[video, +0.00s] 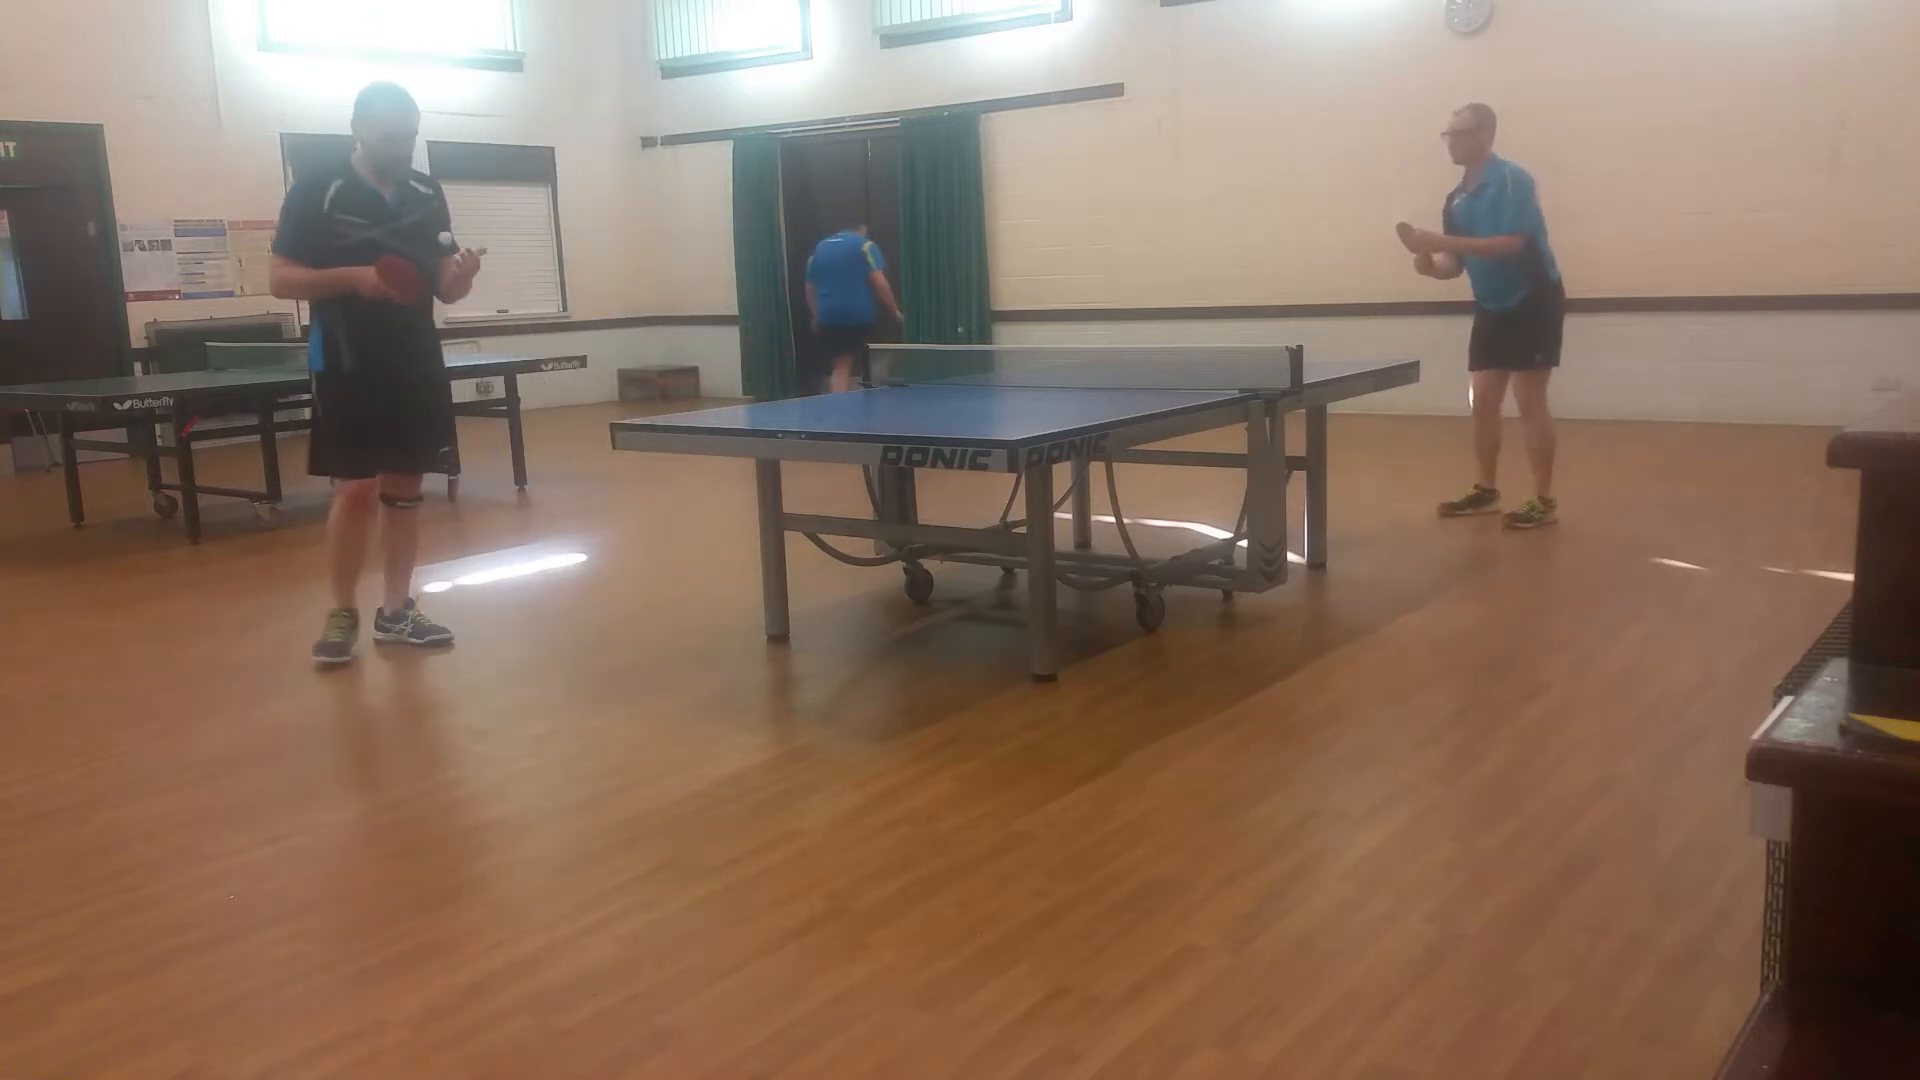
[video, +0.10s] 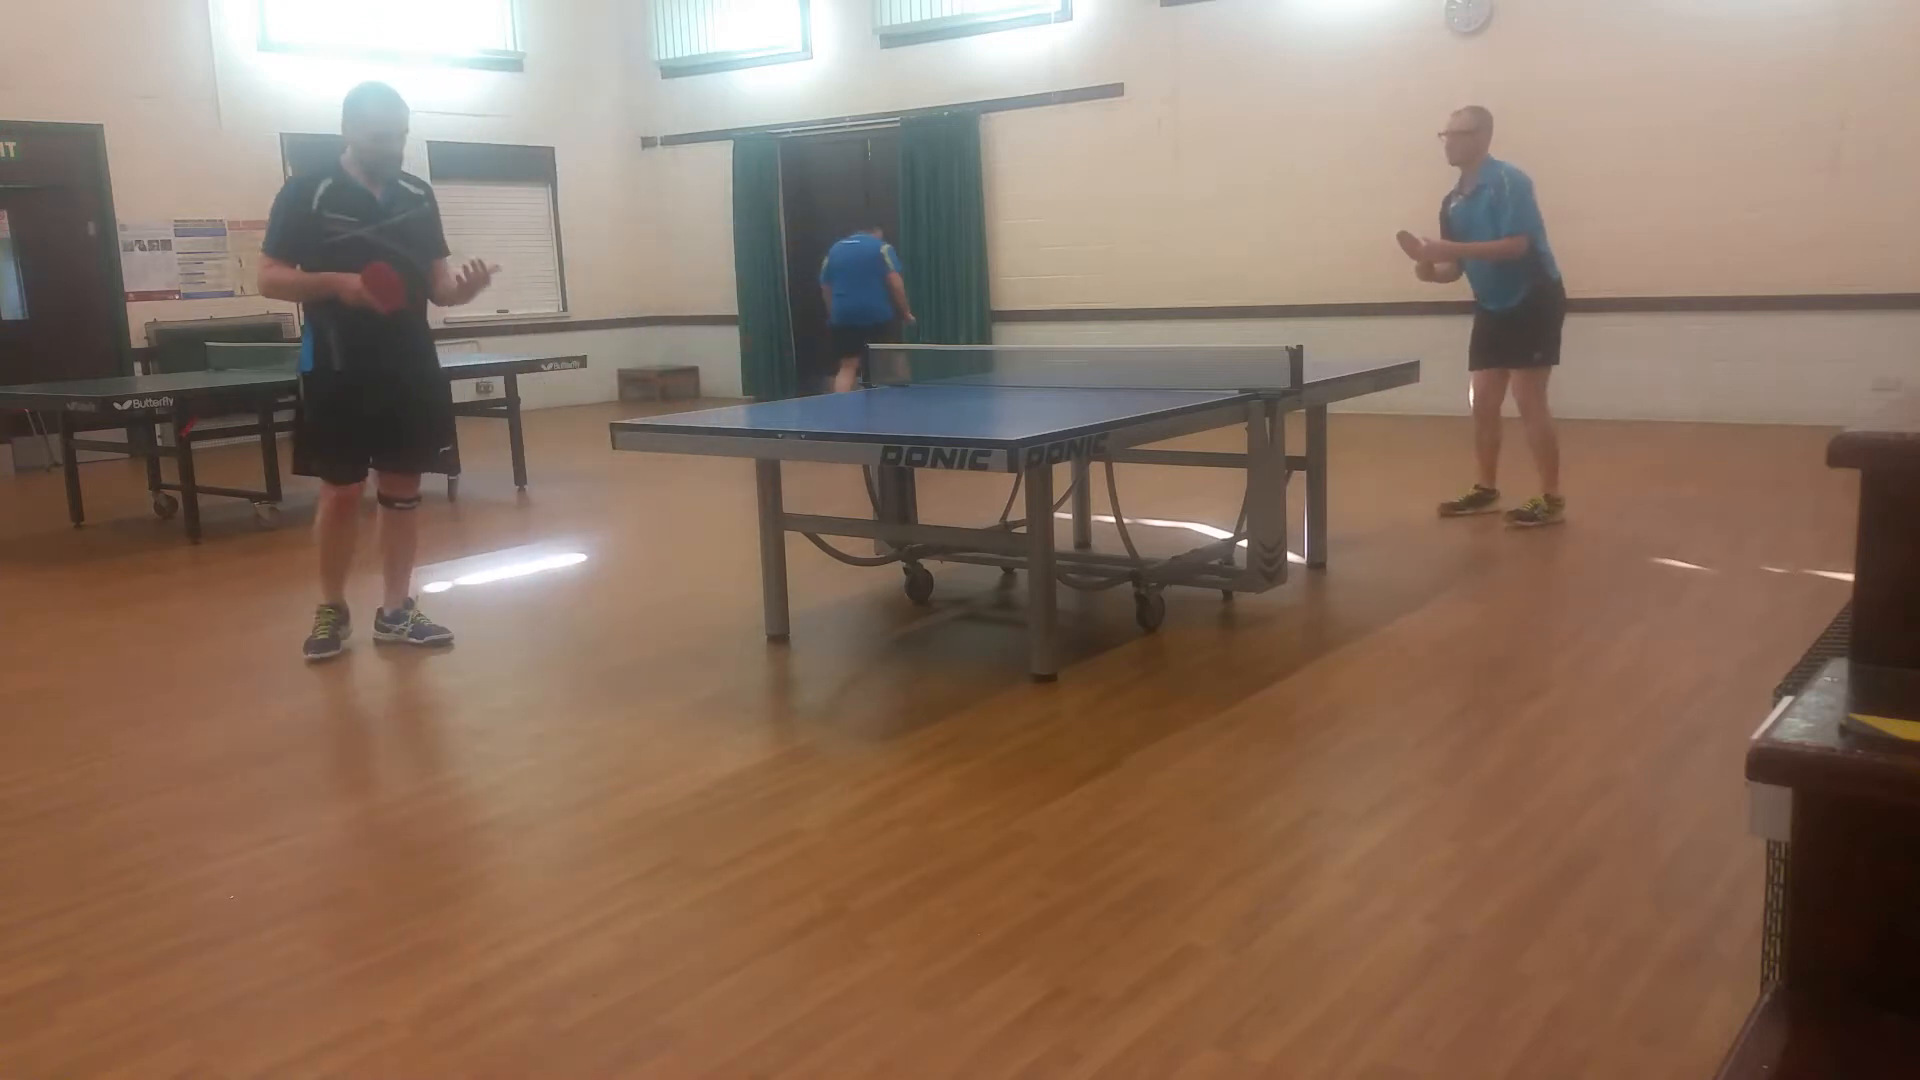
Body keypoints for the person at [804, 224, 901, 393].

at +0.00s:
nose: (866, 235)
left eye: (865, 232)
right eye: (865, 232)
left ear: (842, 228)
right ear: (862, 229)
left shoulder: (821, 247)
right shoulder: (864, 245)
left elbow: (809, 285)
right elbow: (879, 281)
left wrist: (815, 315)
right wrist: (894, 310)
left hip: (828, 315)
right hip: (859, 314)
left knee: (840, 364)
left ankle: (839, 409)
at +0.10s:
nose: (882, 240)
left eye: (882, 237)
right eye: (882, 237)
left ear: (857, 232)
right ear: (877, 233)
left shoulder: (835, 249)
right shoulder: (881, 248)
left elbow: (825, 285)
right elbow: (894, 281)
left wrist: (832, 312)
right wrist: (906, 312)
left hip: (843, 315)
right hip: (877, 315)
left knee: (847, 365)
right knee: (886, 362)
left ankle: (838, 412)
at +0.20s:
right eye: (898, 243)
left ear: (871, 240)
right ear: (894, 241)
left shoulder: (852, 255)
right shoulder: (901, 254)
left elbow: (841, 288)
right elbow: (915, 287)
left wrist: (849, 314)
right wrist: (924, 319)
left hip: (859, 320)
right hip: (895, 319)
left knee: (854, 367)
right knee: (911, 359)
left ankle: (841, 410)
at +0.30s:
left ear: (891, 252)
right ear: (910, 253)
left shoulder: (872, 265)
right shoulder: (918, 265)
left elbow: (857, 297)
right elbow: (935, 300)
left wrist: (866, 317)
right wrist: (943, 326)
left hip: (878, 328)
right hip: (914, 328)